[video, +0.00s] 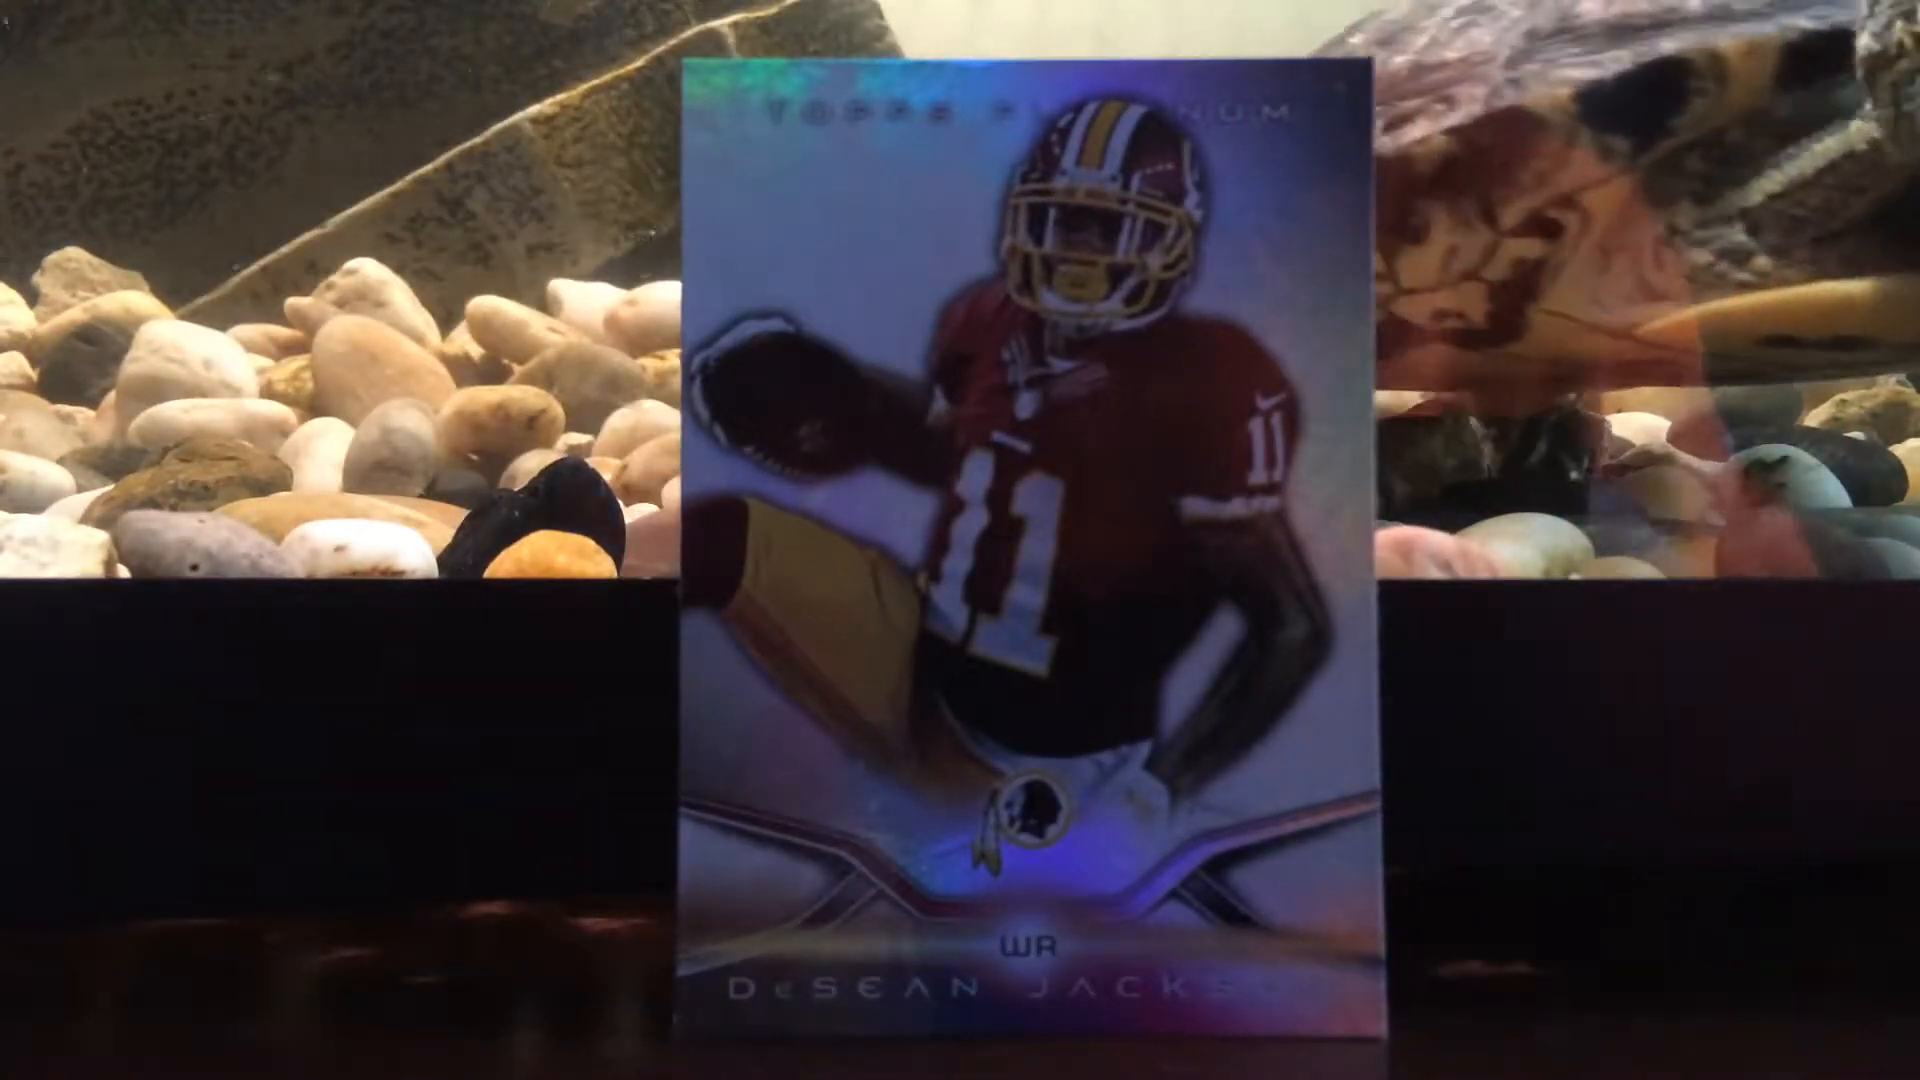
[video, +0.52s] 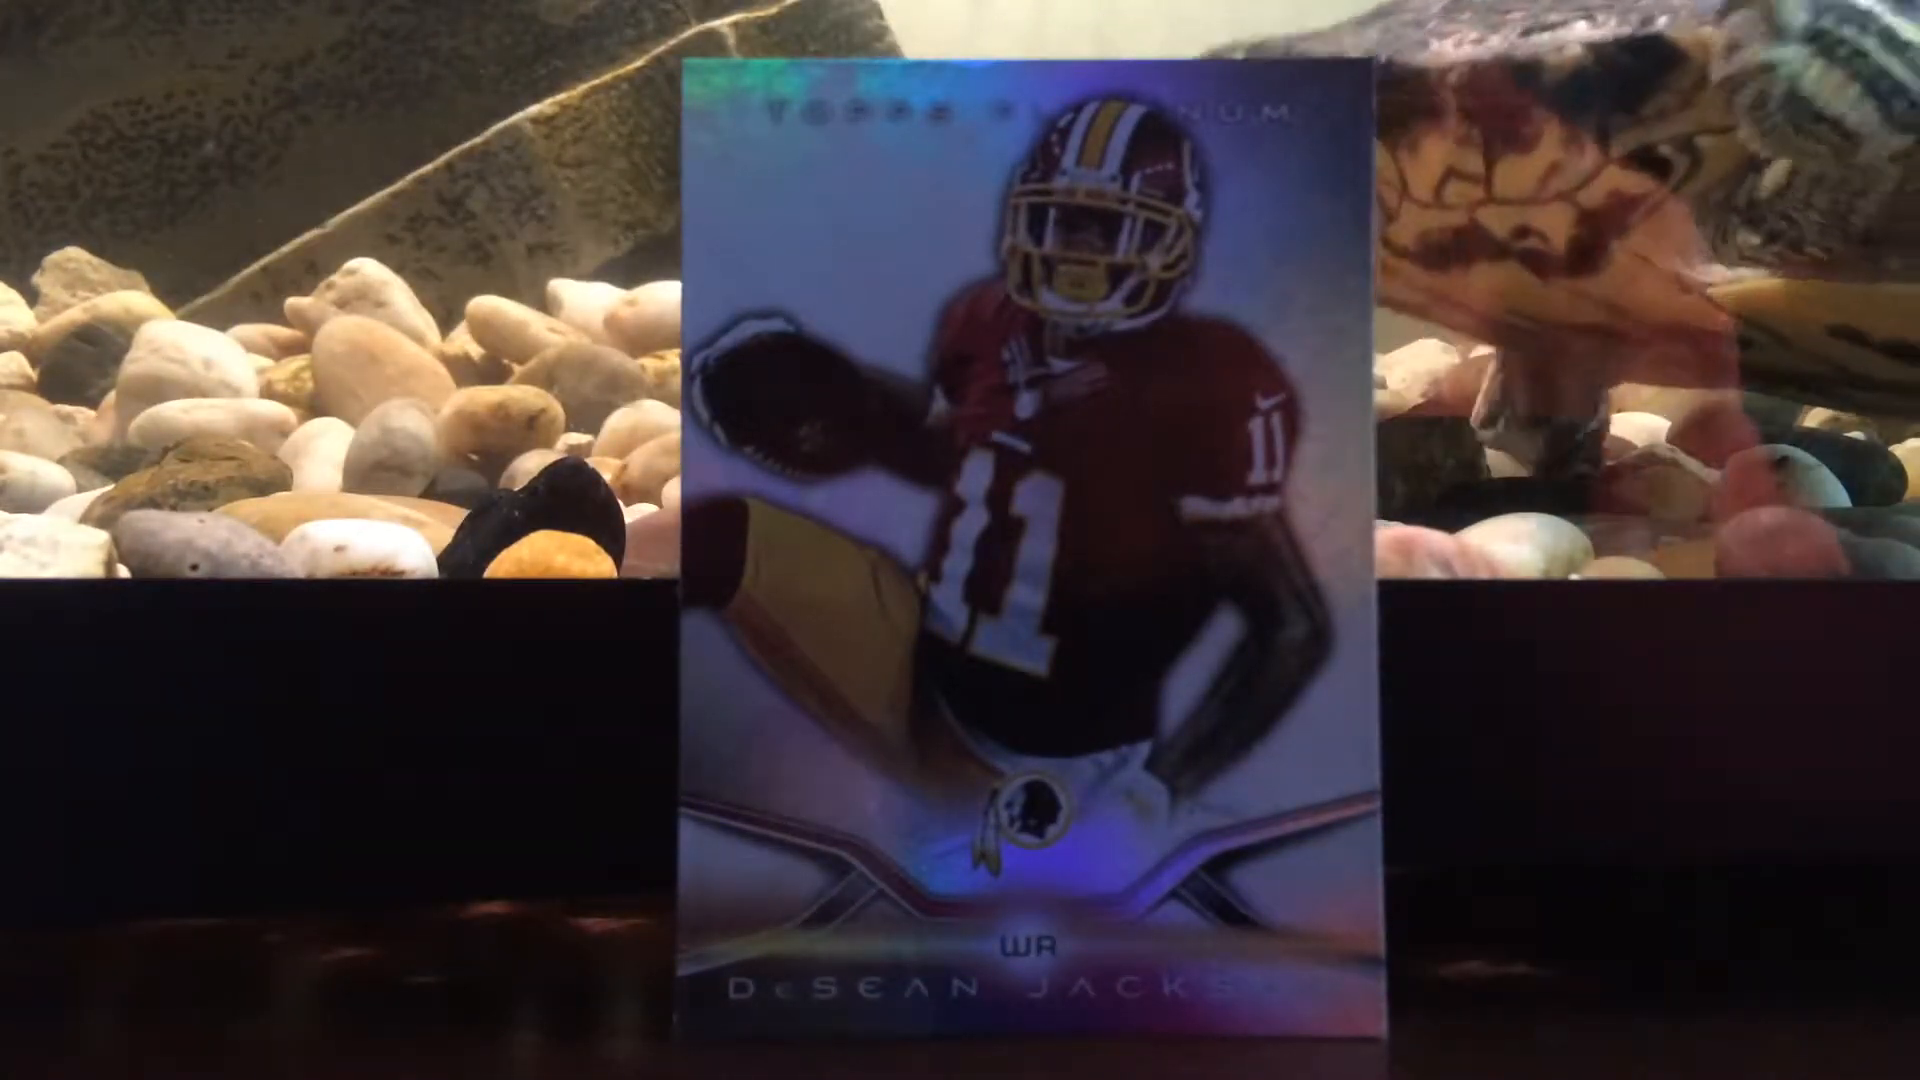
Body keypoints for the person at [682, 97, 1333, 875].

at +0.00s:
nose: (1079, 253)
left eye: (1113, 229)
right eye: (1060, 221)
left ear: (1175, 244)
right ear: (1021, 225)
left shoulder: (1214, 383)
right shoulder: (980, 325)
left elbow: (1294, 629)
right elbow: (956, 458)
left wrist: (1155, 793)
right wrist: (853, 412)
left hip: (1078, 756)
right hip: (927, 679)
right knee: (713, 535)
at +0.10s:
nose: (1080, 253)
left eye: (1114, 229)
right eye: (1060, 221)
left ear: (1175, 244)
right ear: (1021, 225)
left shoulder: (1214, 383)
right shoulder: (980, 325)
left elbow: (1294, 630)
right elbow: (955, 457)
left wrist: (1155, 793)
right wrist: (852, 411)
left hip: (1077, 758)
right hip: (927, 680)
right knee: (713, 535)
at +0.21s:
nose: (1078, 253)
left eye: (1113, 229)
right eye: (1059, 221)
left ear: (1175, 245)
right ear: (1021, 225)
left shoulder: (1215, 384)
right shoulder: (980, 325)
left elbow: (1294, 629)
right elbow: (955, 458)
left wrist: (1157, 790)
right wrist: (851, 409)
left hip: (1082, 758)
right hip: (928, 684)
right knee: (712, 535)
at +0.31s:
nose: (1077, 252)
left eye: (1112, 229)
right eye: (1058, 221)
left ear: (1174, 244)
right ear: (1020, 226)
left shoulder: (1216, 385)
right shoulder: (980, 325)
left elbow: (1294, 629)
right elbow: (955, 456)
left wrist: (1156, 791)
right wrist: (850, 409)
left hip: (1082, 756)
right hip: (928, 682)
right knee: (711, 536)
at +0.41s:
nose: (1077, 252)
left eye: (1112, 229)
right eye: (1058, 221)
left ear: (1174, 244)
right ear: (1020, 226)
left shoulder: (1215, 384)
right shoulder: (980, 325)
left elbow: (1294, 629)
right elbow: (954, 456)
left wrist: (1156, 791)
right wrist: (849, 408)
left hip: (1082, 757)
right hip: (929, 683)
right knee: (711, 535)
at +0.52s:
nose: (1077, 252)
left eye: (1112, 228)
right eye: (1058, 220)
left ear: (1175, 244)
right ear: (1020, 225)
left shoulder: (1215, 384)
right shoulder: (980, 325)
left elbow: (1294, 629)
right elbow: (955, 457)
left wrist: (1156, 791)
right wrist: (851, 409)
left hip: (1081, 756)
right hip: (928, 682)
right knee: (712, 535)